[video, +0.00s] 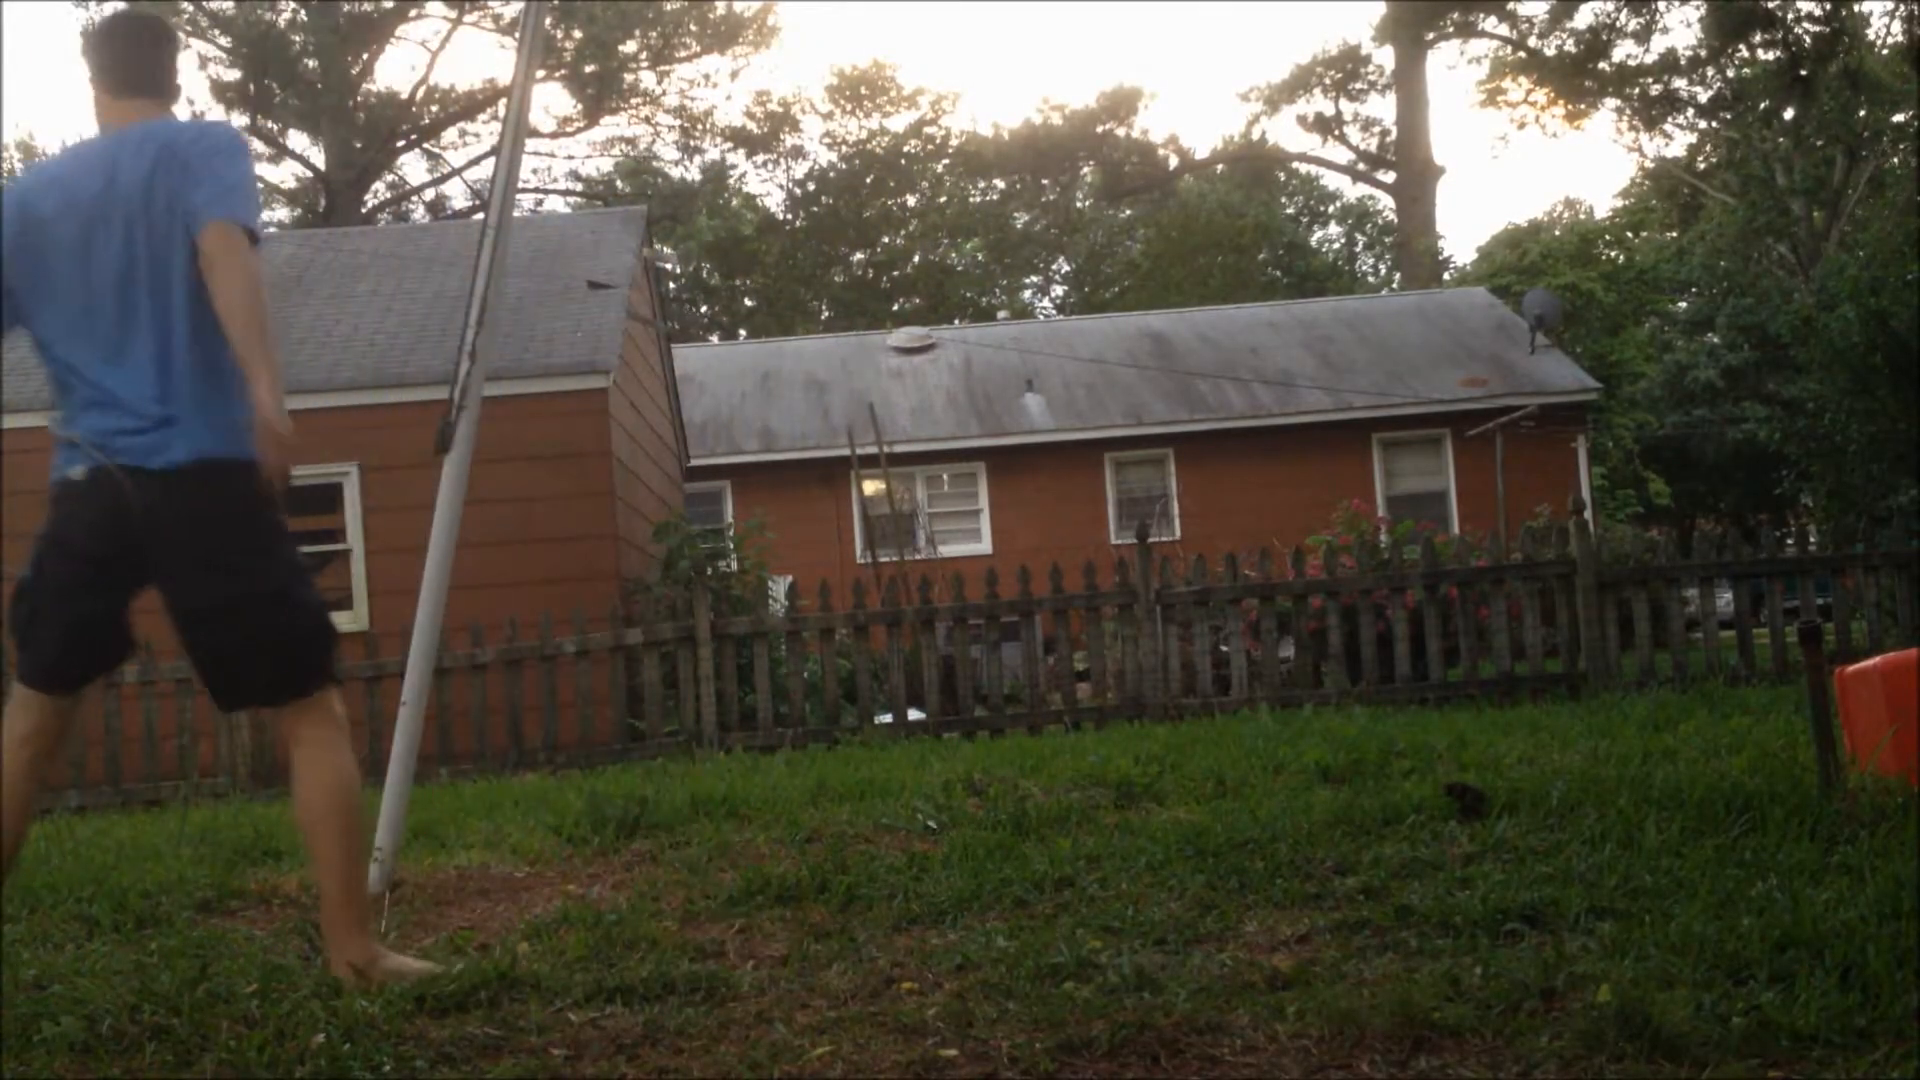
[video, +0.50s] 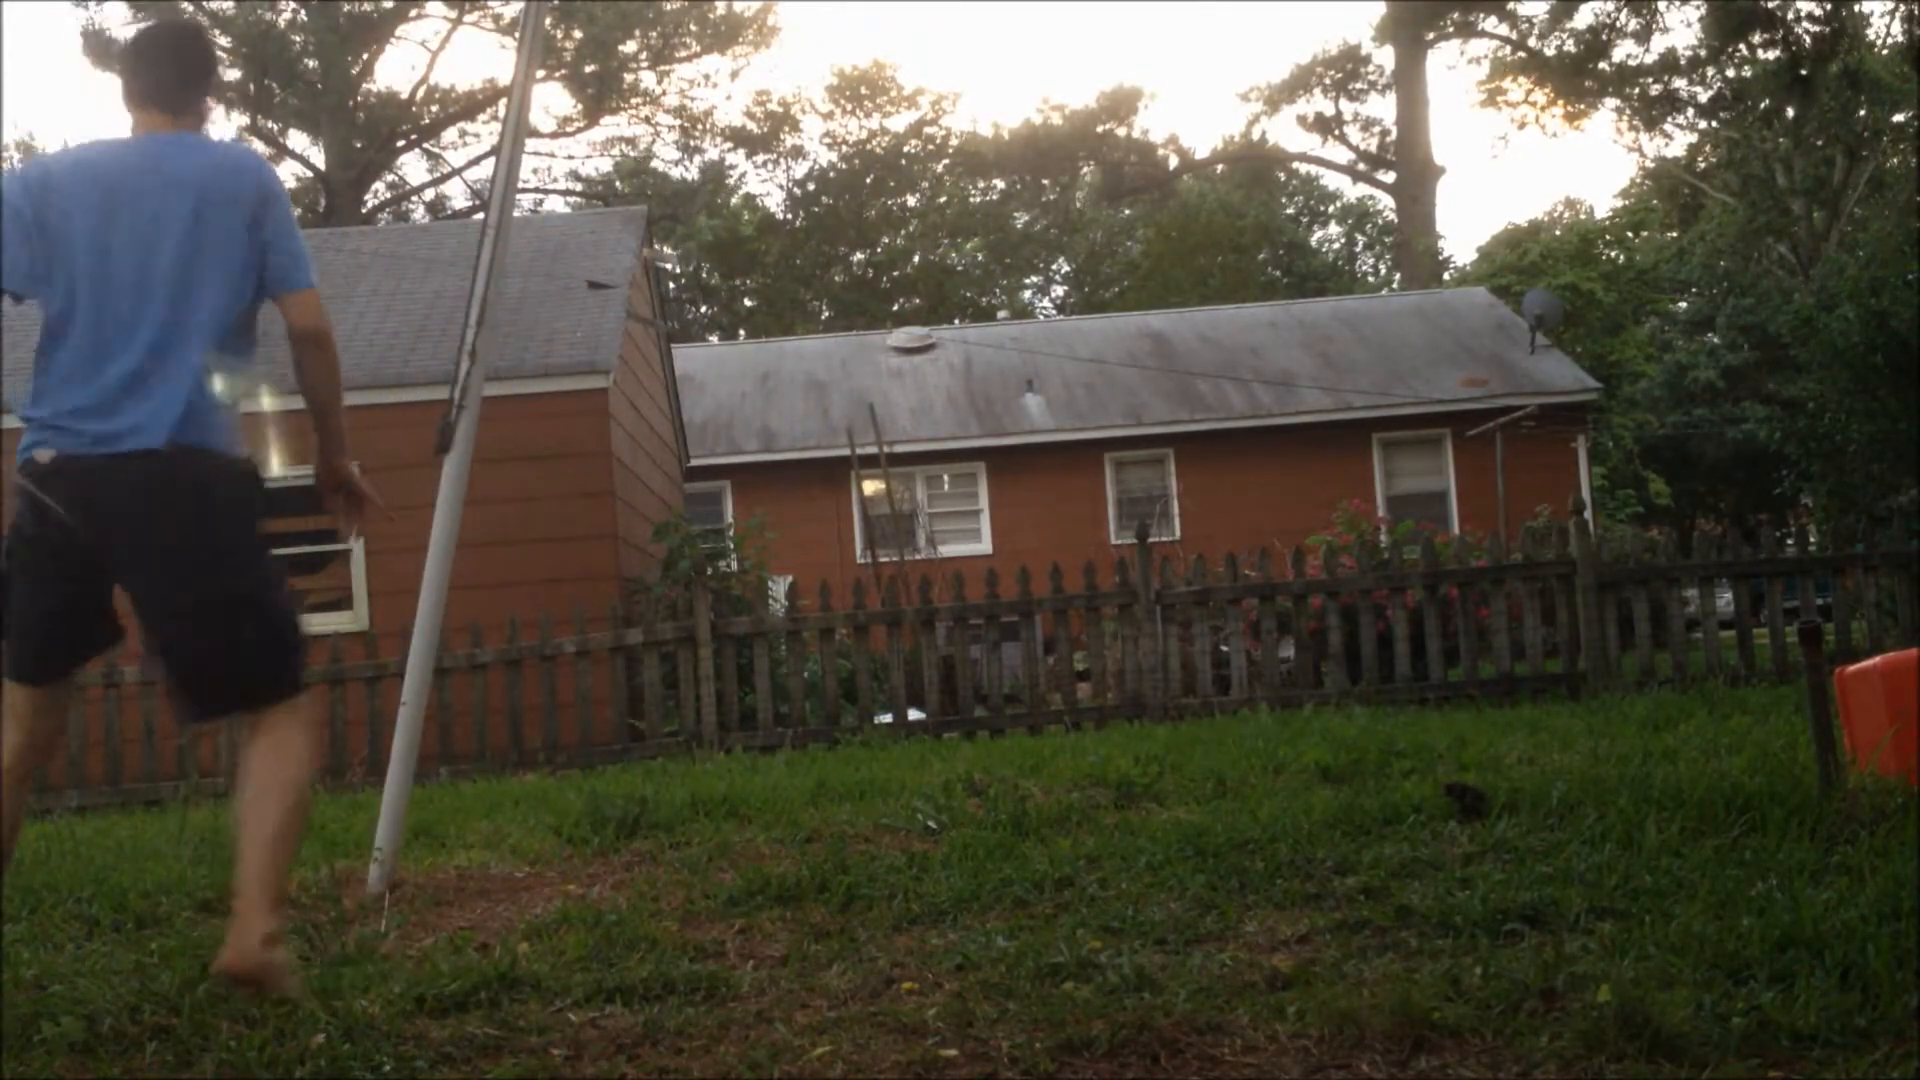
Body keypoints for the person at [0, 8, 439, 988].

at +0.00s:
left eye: (110, 72)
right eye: (168, 75)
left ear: (93, 81)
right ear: (176, 79)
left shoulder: (27, 197)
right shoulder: (204, 144)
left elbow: (6, 319)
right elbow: (222, 248)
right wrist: (268, 396)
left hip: (90, 499)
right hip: (211, 493)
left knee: (28, 724)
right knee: (311, 715)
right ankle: (353, 947)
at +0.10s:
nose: (73, 74)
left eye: (60, 58)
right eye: (130, 53)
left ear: (55, 65)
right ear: (142, 63)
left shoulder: (12, 167)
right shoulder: (196, 141)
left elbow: (8, 330)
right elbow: (246, 275)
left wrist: (12, 482)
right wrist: (291, 424)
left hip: (60, 488)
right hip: (190, 482)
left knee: (16, 707)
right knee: (284, 693)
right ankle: (291, 927)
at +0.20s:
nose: (35, 69)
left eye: (35, 53)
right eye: (50, 51)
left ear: (42, 57)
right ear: (131, 55)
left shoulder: (12, 164)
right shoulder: (202, 148)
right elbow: (287, 293)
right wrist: (332, 418)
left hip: (46, 486)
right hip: (184, 484)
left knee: (14, 710)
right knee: (233, 705)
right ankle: (234, 916)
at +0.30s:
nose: (48, 67)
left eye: (50, 50)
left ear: (56, 56)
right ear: (143, 56)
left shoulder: (22, 168)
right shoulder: (217, 158)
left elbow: (4, 309)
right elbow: (311, 304)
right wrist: (351, 416)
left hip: (45, 485)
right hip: (183, 487)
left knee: (13, 720)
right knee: (213, 726)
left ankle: (9, 939)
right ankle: (213, 948)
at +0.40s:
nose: (95, 66)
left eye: (87, 51)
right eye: (143, 50)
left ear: (85, 53)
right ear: (172, 60)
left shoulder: (34, 163)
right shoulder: (235, 165)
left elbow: (2, 300)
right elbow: (319, 310)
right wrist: (346, 431)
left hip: (52, 472)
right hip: (187, 481)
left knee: (15, 712)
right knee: (228, 715)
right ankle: (223, 953)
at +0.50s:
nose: (189, 106)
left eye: (142, 84)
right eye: (206, 91)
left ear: (126, 91)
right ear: (208, 94)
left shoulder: (48, 182)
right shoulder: (245, 177)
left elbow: (2, 289)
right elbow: (309, 324)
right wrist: (333, 457)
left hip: (59, 482)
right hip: (191, 484)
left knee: (20, 722)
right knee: (279, 709)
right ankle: (253, 932)